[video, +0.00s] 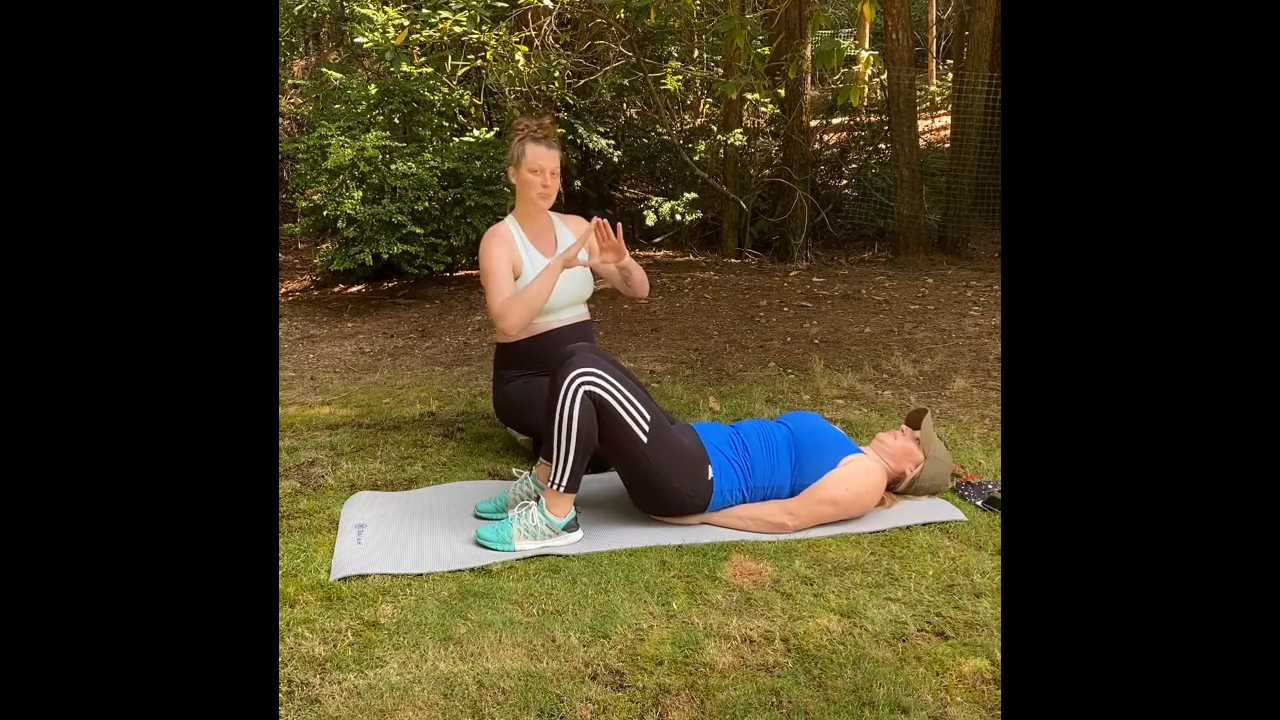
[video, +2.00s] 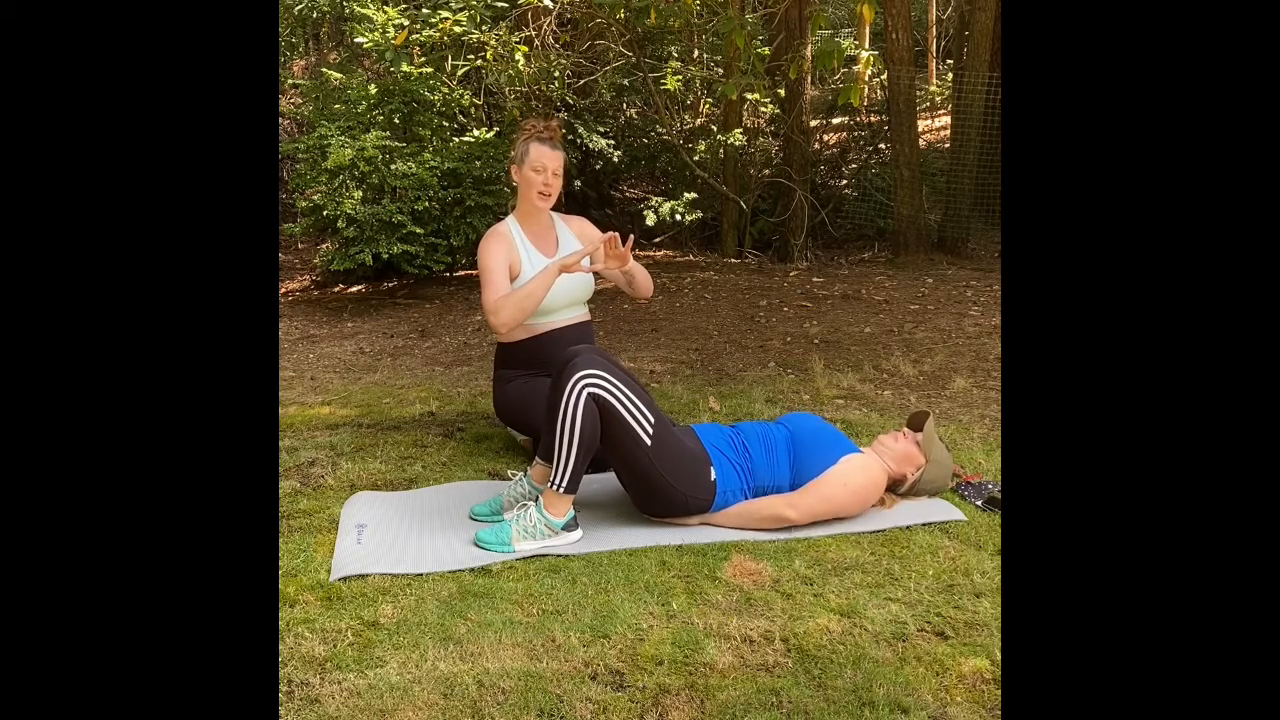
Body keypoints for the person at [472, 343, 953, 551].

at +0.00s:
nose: (897, 431)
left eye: (908, 438)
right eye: (906, 429)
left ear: (908, 468)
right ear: (898, 445)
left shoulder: (863, 476)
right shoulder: (847, 453)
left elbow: (789, 516)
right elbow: (771, 485)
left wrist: (706, 515)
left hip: (693, 480)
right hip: (681, 450)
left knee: (585, 376)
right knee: (589, 365)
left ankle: (555, 510)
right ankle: (544, 482)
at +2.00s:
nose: (900, 434)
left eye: (910, 441)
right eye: (908, 431)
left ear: (908, 470)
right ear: (899, 447)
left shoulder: (865, 474)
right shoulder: (852, 457)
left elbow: (792, 510)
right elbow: (777, 493)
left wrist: (709, 516)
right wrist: (709, 496)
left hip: (693, 481)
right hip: (680, 453)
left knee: (590, 376)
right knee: (590, 365)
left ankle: (554, 512)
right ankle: (539, 485)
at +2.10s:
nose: (899, 434)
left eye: (910, 441)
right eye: (908, 431)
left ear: (909, 471)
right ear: (898, 446)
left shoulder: (864, 478)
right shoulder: (850, 456)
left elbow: (792, 517)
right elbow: (775, 493)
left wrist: (711, 517)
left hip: (695, 481)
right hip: (680, 454)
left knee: (590, 376)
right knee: (590, 366)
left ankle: (554, 512)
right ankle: (539, 485)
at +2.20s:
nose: (899, 434)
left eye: (910, 441)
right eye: (907, 431)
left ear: (909, 471)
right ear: (898, 445)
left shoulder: (864, 479)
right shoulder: (849, 456)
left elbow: (791, 517)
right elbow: (774, 492)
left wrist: (710, 517)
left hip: (695, 482)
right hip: (681, 454)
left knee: (590, 377)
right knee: (591, 366)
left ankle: (554, 512)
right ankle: (539, 486)